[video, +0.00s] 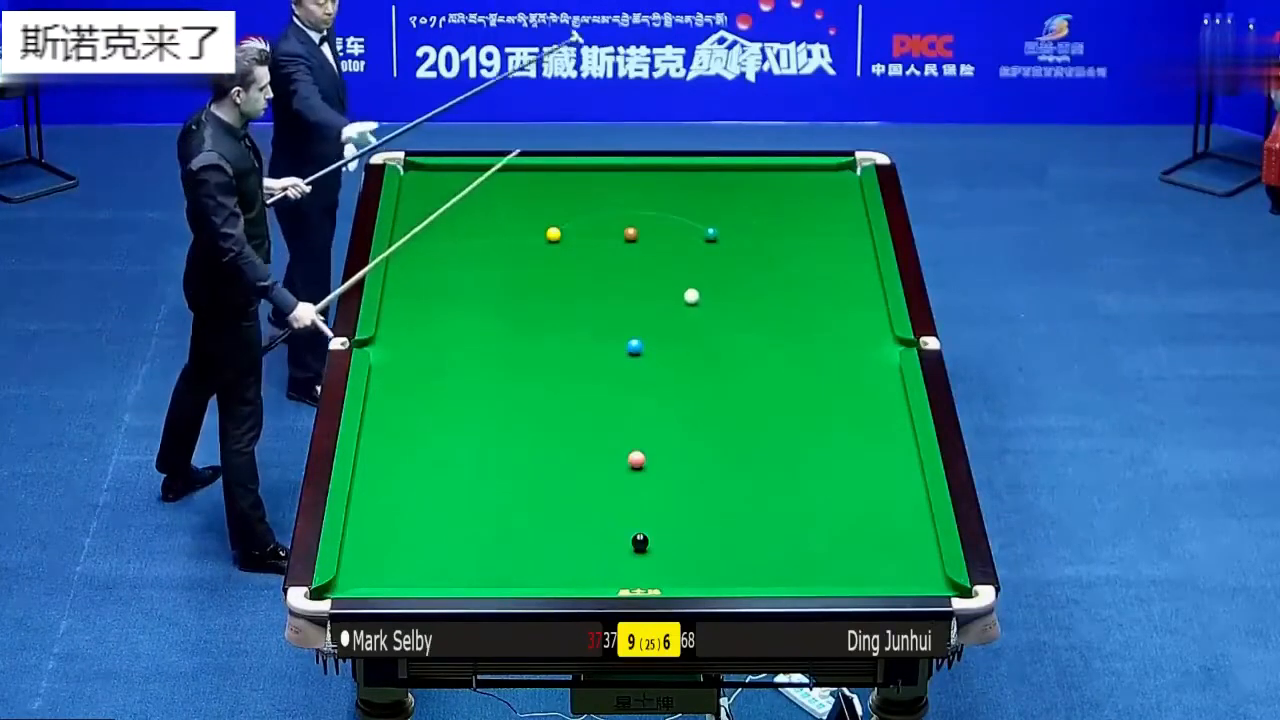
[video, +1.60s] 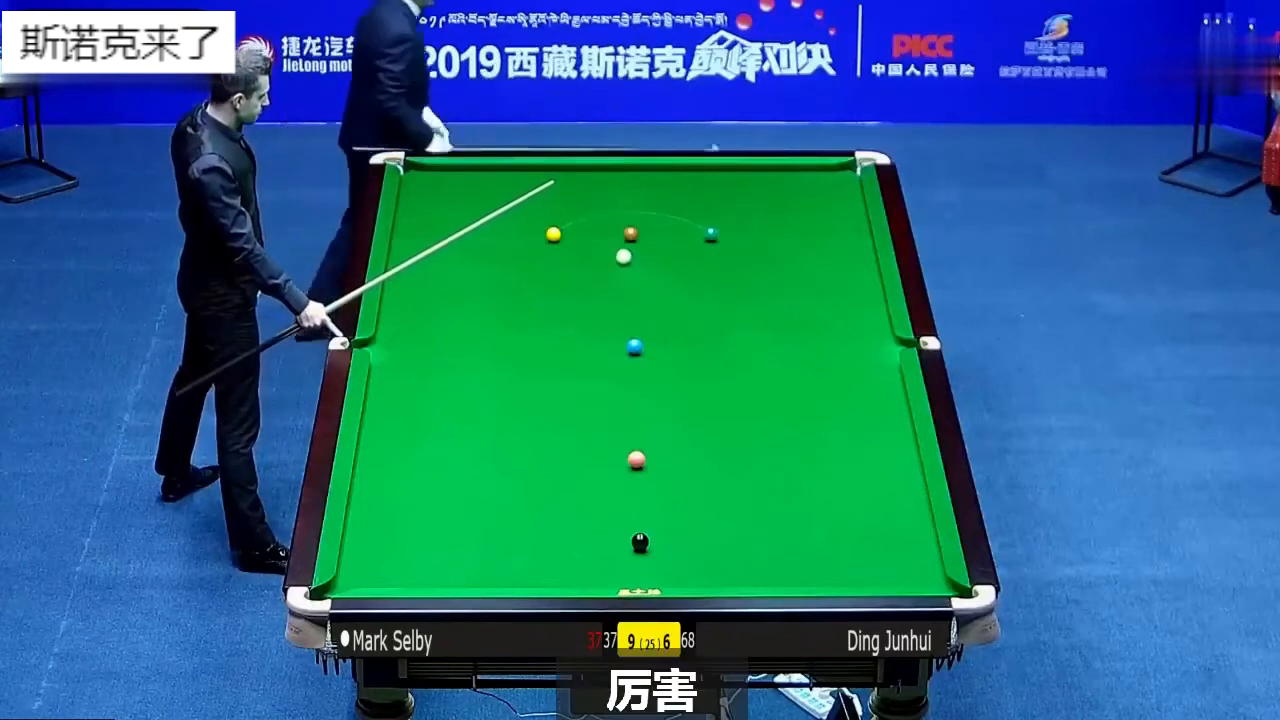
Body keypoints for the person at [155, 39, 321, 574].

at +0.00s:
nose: (269, 96)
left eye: (268, 86)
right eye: (262, 89)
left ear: (237, 89)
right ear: (234, 93)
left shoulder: (221, 122)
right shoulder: (210, 161)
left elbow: (228, 187)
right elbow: (233, 246)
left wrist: (265, 189)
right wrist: (287, 302)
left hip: (218, 284)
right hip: (229, 296)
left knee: (200, 375)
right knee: (242, 424)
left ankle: (176, 471)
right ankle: (253, 545)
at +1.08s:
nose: (267, 97)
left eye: (267, 88)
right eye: (261, 89)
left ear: (230, 89)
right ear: (235, 93)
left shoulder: (203, 120)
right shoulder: (213, 164)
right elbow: (245, 246)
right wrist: (301, 301)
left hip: (208, 281)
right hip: (225, 295)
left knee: (195, 379)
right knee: (239, 425)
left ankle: (175, 472)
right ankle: (253, 546)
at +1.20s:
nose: (267, 100)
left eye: (267, 91)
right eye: (262, 92)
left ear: (229, 89)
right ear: (237, 94)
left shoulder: (202, 121)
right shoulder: (212, 165)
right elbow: (246, 247)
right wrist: (302, 301)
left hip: (206, 281)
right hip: (226, 296)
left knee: (193, 379)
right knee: (240, 425)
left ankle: (175, 472)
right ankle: (253, 546)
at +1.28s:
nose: (266, 100)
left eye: (266, 91)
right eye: (261, 92)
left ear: (228, 90)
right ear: (236, 95)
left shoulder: (201, 122)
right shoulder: (212, 165)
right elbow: (245, 246)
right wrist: (301, 301)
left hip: (206, 282)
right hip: (226, 297)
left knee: (192, 379)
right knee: (239, 425)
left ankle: (175, 473)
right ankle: (253, 546)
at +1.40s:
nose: (267, 102)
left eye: (267, 93)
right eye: (262, 94)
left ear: (229, 92)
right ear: (235, 96)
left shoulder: (200, 121)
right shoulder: (212, 166)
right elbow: (245, 247)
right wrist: (300, 302)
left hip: (206, 284)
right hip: (226, 299)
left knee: (192, 379)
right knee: (239, 426)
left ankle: (175, 472)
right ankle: (253, 546)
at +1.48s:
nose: (267, 103)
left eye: (267, 94)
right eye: (262, 95)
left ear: (228, 93)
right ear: (237, 98)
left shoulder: (200, 122)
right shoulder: (211, 169)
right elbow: (245, 248)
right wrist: (301, 301)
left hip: (206, 284)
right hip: (226, 298)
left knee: (192, 379)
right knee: (239, 426)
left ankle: (175, 472)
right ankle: (253, 546)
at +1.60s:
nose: (266, 104)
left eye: (266, 94)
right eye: (260, 96)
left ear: (228, 93)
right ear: (235, 98)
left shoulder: (200, 122)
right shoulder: (210, 168)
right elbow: (244, 248)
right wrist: (300, 302)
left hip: (206, 283)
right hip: (225, 298)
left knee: (193, 379)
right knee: (239, 424)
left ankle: (175, 472)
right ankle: (253, 546)